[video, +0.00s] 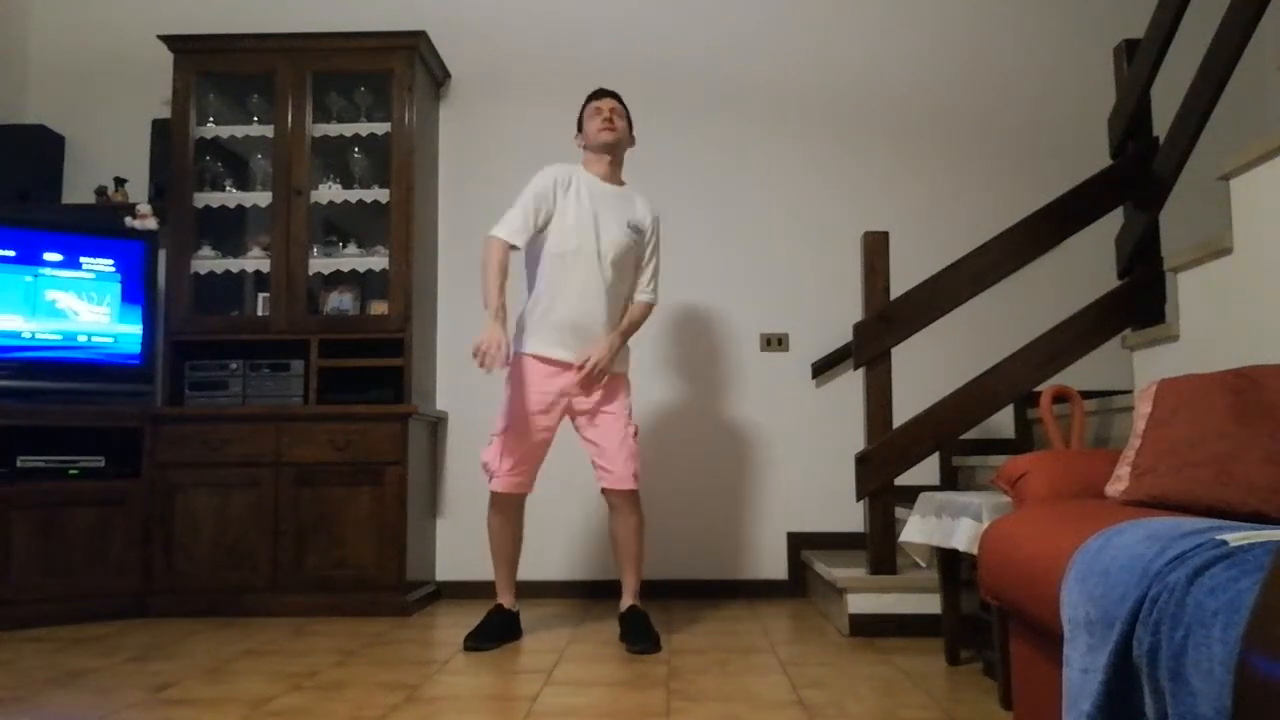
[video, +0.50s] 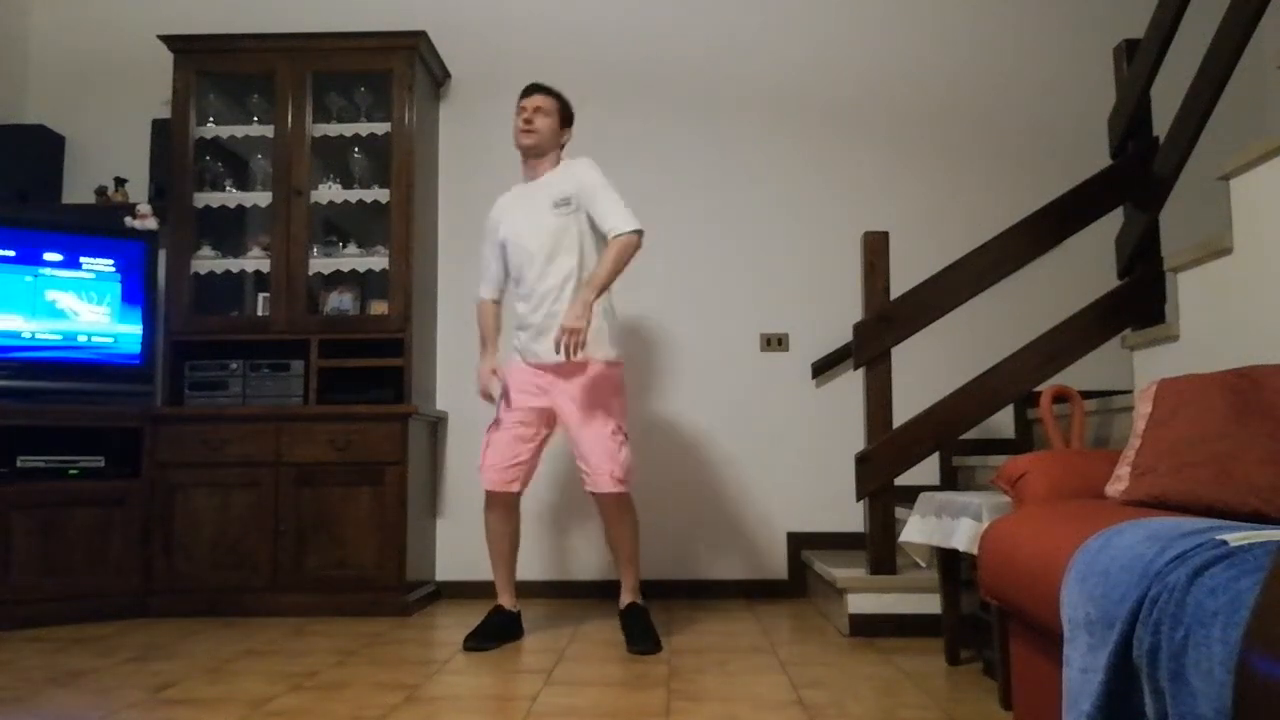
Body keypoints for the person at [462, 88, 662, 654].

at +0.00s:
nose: (607, 117)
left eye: (617, 114)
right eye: (596, 113)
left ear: (630, 138)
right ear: (579, 135)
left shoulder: (640, 210)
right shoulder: (554, 181)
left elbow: (645, 295)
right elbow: (499, 243)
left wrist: (616, 339)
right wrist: (496, 321)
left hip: (604, 369)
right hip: (538, 362)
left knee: (623, 485)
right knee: (507, 485)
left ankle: (632, 606)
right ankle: (505, 608)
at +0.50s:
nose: (525, 119)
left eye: (538, 113)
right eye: (521, 113)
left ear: (563, 131)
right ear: (514, 129)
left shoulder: (579, 174)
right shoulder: (503, 208)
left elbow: (627, 236)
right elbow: (489, 290)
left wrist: (585, 301)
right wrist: (489, 353)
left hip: (588, 366)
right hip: (524, 371)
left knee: (610, 485)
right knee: (498, 482)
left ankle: (632, 601)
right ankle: (505, 608)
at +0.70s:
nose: (519, 119)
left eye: (531, 111)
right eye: (512, 115)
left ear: (558, 128)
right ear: (509, 135)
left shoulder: (584, 178)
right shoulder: (510, 215)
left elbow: (630, 250)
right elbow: (507, 303)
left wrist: (589, 305)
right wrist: (510, 368)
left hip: (597, 366)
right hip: (536, 370)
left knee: (619, 485)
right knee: (506, 486)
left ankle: (631, 603)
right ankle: (506, 608)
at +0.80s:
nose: (543, 121)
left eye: (552, 111)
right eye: (533, 117)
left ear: (578, 121)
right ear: (527, 133)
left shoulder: (609, 179)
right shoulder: (522, 208)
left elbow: (641, 253)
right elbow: (501, 294)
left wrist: (597, 304)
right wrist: (505, 359)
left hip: (600, 367)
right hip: (534, 369)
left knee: (621, 484)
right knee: (503, 483)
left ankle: (629, 604)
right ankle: (505, 605)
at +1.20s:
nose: (605, 119)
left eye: (616, 113)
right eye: (595, 114)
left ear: (634, 133)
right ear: (581, 133)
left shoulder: (645, 214)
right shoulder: (558, 187)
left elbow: (652, 303)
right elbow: (496, 254)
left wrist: (622, 362)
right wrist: (503, 336)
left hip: (608, 377)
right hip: (538, 370)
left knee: (627, 487)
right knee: (497, 480)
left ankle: (628, 607)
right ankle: (502, 600)